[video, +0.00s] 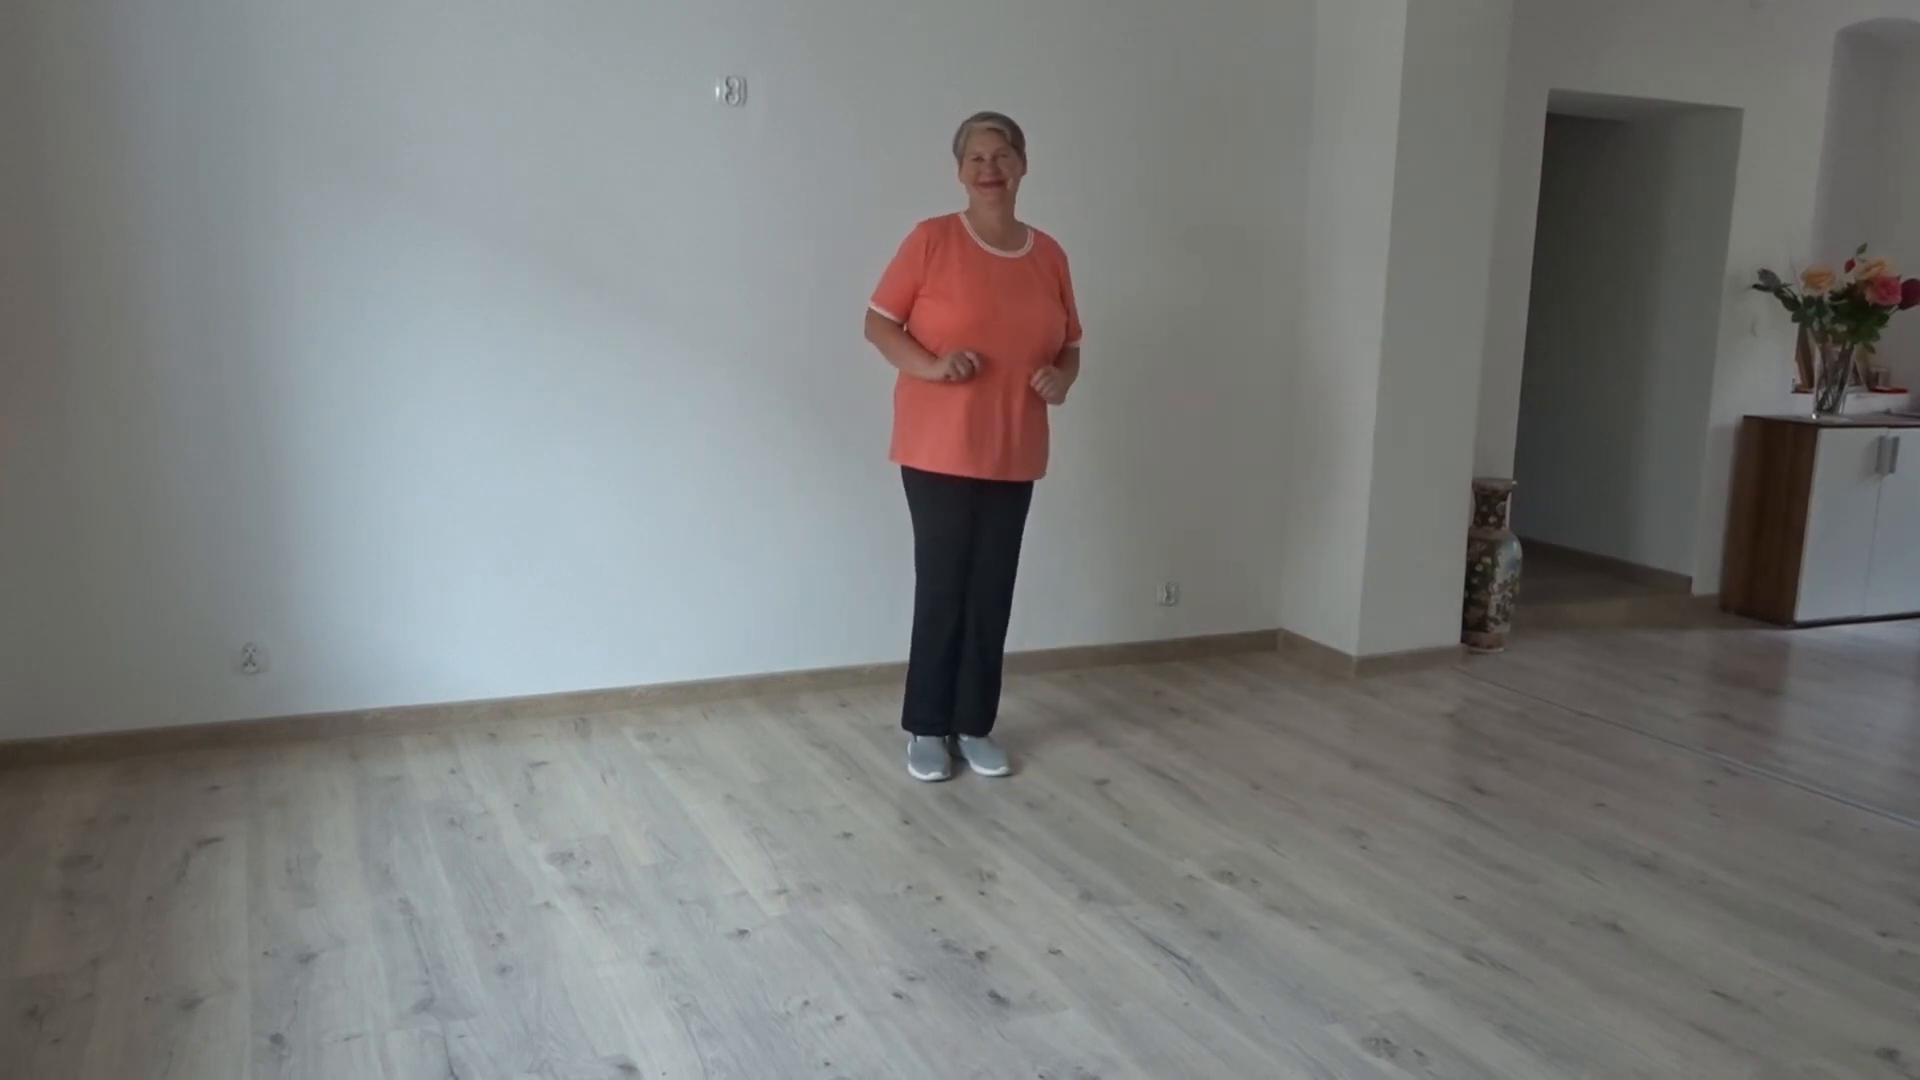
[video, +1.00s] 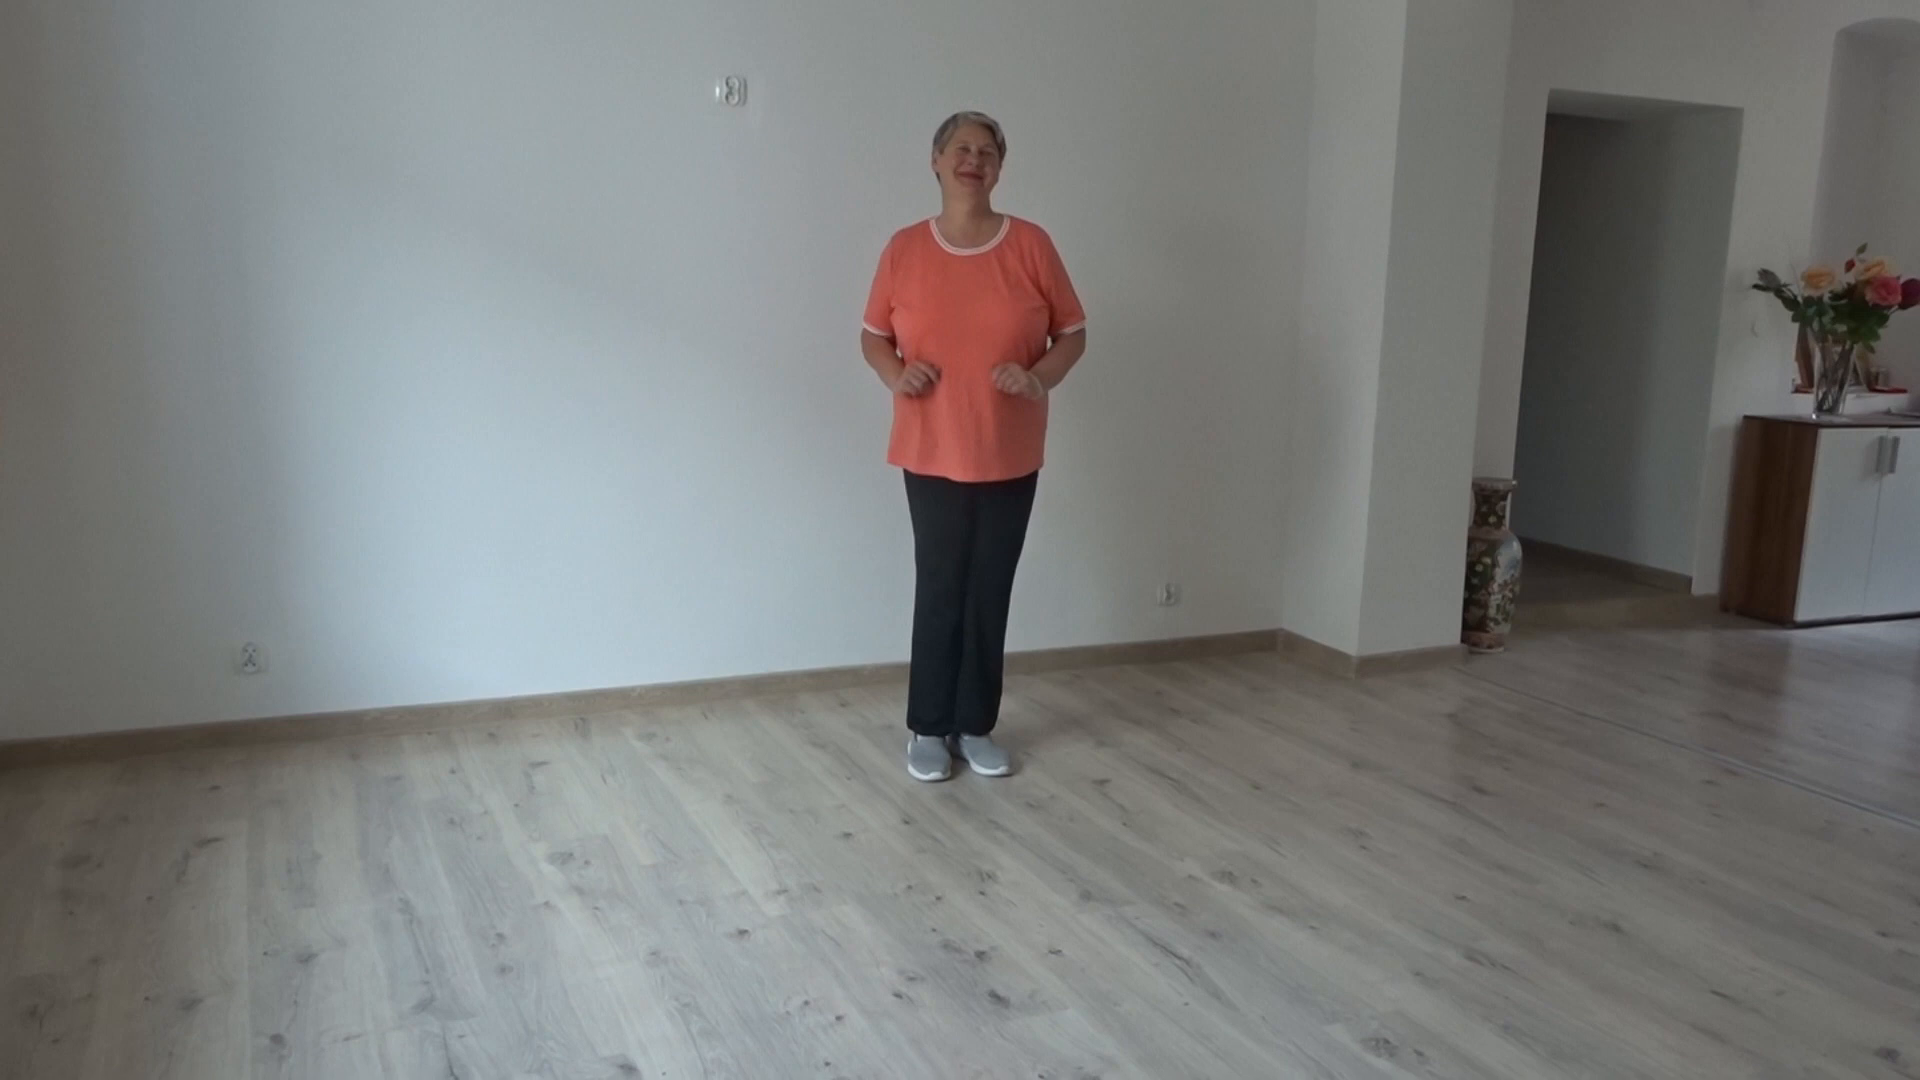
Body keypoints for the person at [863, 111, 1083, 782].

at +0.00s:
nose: (990, 166)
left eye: (1002, 155)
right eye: (977, 158)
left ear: (1023, 165)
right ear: (959, 171)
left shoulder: (1047, 254)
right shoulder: (931, 241)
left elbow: (1069, 342)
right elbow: (879, 323)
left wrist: (1060, 373)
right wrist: (929, 365)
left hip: (1013, 458)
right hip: (939, 456)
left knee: (991, 599)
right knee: (943, 594)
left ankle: (972, 728)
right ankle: (926, 730)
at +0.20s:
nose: (997, 169)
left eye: (1008, 158)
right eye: (983, 160)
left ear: (1026, 170)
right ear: (962, 173)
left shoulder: (1045, 257)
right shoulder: (937, 241)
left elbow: (1057, 345)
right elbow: (884, 326)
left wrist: (1058, 379)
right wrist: (949, 368)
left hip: (1013, 458)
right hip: (942, 454)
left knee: (991, 597)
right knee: (945, 593)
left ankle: (970, 729)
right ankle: (925, 731)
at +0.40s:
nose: (998, 169)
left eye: (1009, 159)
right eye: (984, 160)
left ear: (1026, 170)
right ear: (963, 172)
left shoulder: (1042, 256)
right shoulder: (938, 241)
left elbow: (1052, 341)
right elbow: (885, 325)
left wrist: (1059, 378)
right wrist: (953, 368)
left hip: (1013, 458)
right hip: (943, 454)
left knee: (992, 596)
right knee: (946, 592)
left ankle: (973, 728)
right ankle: (926, 731)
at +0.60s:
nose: (995, 167)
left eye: (1007, 157)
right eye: (982, 157)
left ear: (1023, 170)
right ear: (958, 169)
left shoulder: (1041, 256)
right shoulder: (929, 245)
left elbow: (1058, 341)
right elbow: (880, 333)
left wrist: (1057, 383)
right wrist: (942, 377)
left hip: (1012, 458)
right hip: (940, 456)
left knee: (990, 598)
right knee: (944, 595)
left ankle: (972, 729)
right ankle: (926, 731)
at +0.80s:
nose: (989, 160)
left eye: (1000, 152)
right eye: (976, 150)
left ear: (1013, 171)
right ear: (948, 165)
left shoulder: (1039, 251)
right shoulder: (916, 246)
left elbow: (1069, 338)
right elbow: (874, 333)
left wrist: (1054, 381)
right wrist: (914, 377)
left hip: (1009, 457)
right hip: (935, 455)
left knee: (989, 598)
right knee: (941, 594)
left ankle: (972, 729)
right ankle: (926, 730)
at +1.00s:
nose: (975, 160)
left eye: (987, 152)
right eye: (962, 149)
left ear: (1000, 169)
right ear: (937, 162)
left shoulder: (1030, 243)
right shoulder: (905, 248)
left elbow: (1072, 331)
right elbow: (874, 333)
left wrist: (1039, 376)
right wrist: (896, 370)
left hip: (1009, 457)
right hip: (933, 456)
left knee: (989, 598)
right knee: (940, 595)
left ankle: (974, 729)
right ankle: (928, 730)